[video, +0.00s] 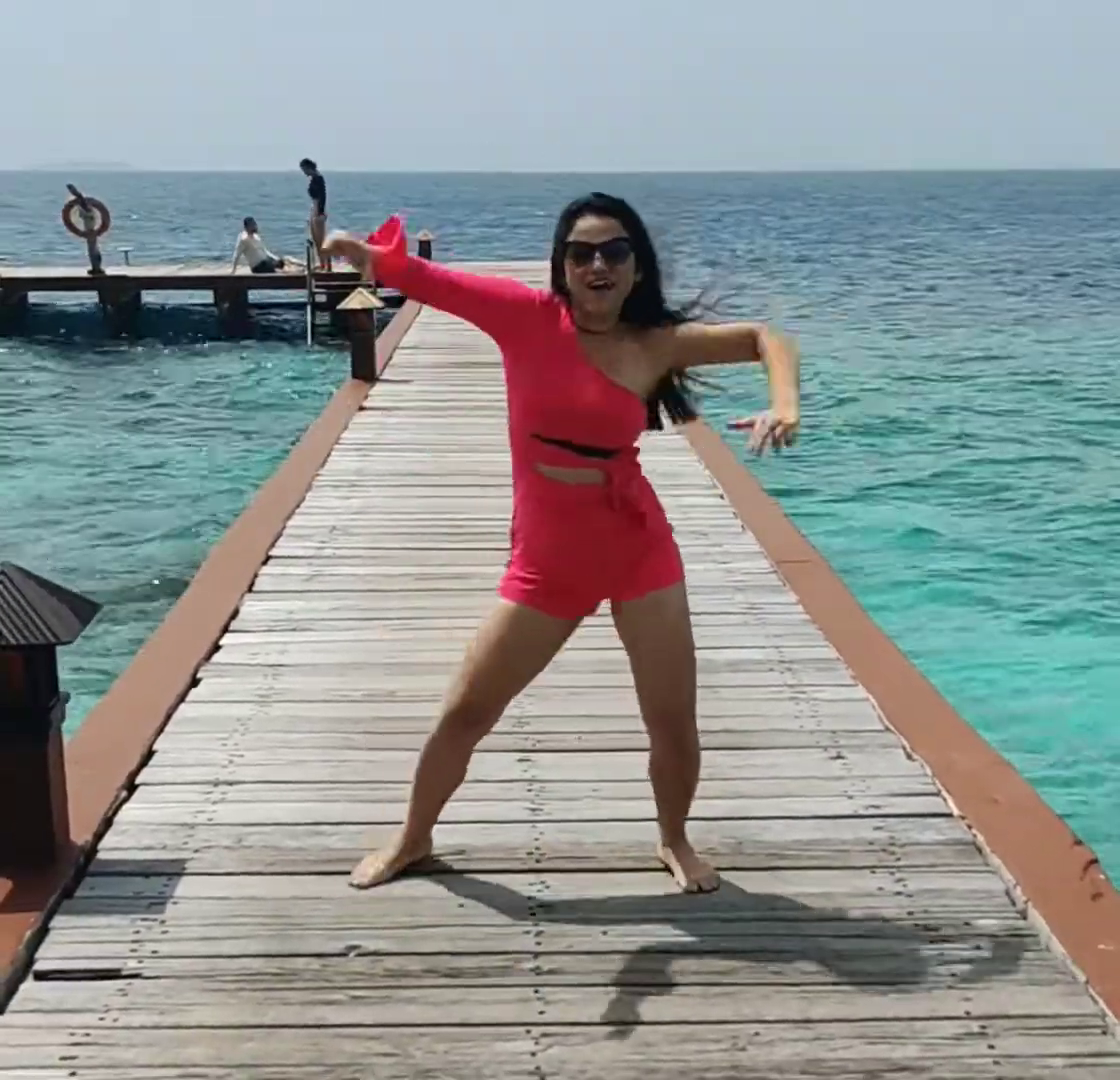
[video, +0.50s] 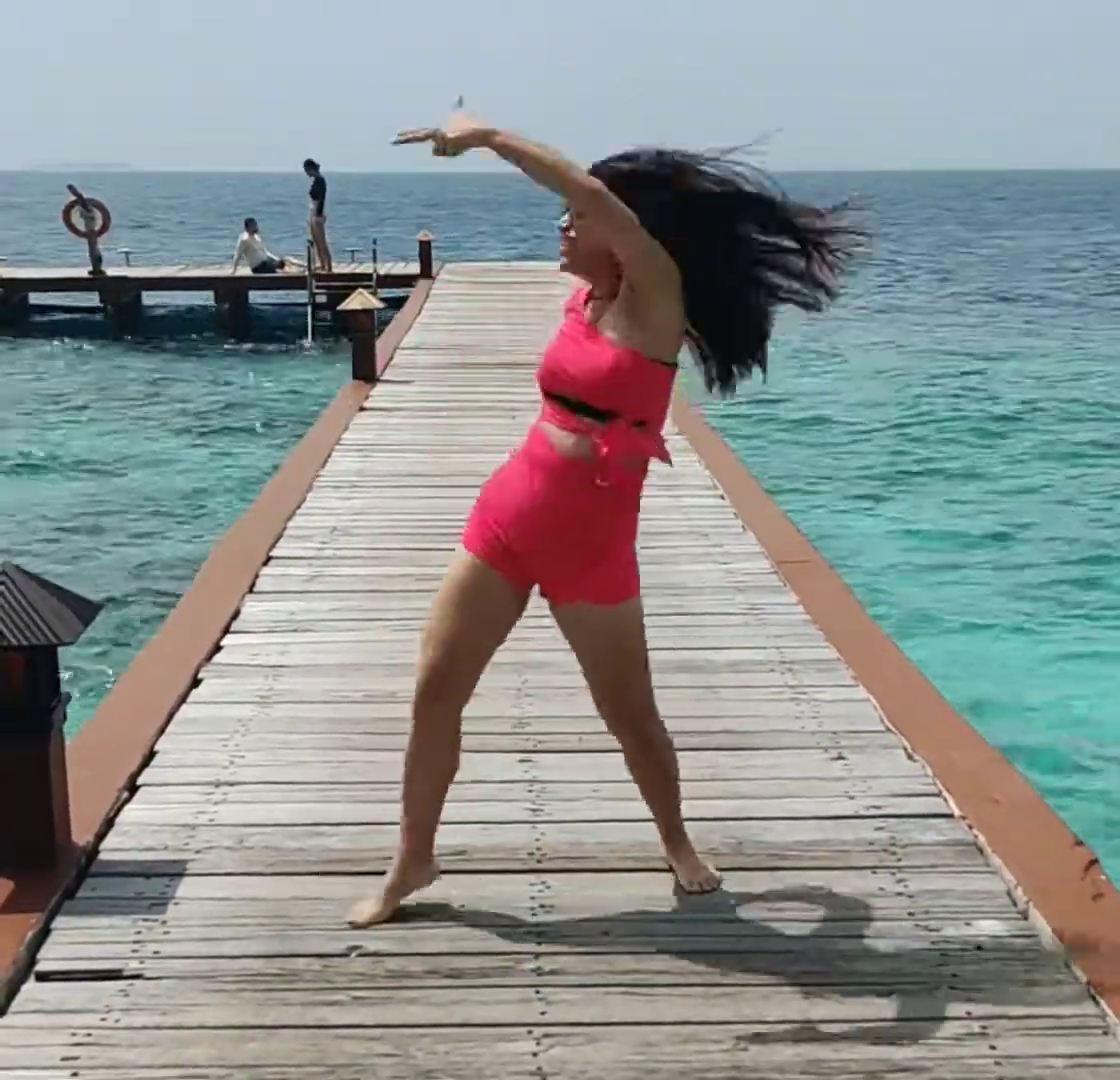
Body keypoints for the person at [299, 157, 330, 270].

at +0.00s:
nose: (304, 172)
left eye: (305, 169)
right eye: (303, 170)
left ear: (310, 168)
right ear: (309, 168)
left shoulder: (317, 180)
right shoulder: (314, 179)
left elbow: (319, 198)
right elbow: (315, 198)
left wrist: (318, 213)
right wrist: (312, 214)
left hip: (319, 213)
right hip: (314, 212)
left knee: (320, 239)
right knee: (316, 239)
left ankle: (326, 265)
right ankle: (322, 264)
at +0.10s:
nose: (305, 173)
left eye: (306, 170)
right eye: (304, 170)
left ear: (310, 168)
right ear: (309, 169)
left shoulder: (318, 180)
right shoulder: (314, 180)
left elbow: (320, 197)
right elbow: (315, 199)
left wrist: (320, 213)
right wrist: (312, 215)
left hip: (319, 213)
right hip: (314, 212)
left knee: (321, 240)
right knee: (316, 240)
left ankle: (327, 266)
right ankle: (321, 265)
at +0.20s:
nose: (306, 173)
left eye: (307, 170)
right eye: (305, 170)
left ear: (311, 168)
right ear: (311, 169)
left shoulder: (318, 180)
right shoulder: (315, 180)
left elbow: (321, 198)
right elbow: (316, 199)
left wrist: (319, 213)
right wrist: (312, 215)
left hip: (319, 213)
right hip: (314, 212)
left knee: (321, 241)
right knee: (316, 240)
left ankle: (328, 267)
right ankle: (322, 265)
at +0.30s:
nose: (306, 173)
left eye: (307, 170)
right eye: (305, 171)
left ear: (312, 169)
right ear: (310, 169)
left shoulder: (319, 181)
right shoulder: (315, 181)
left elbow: (320, 198)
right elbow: (315, 199)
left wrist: (319, 213)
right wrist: (311, 216)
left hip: (318, 213)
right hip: (313, 213)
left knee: (321, 241)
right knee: (316, 241)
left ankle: (328, 267)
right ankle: (322, 265)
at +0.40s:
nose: (306, 173)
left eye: (307, 170)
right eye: (305, 171)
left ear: (311, 169)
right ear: (311, 169)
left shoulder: (319, 180)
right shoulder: (315, 180)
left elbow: (320, 199)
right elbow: (315, 200)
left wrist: (319, 213)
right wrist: (311, 216)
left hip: (318, 213)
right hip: (313, 212)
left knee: (321, 241)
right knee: (316, 241)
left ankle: (328, 267)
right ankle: (322, 265)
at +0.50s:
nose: (307, 173)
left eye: (307, 170)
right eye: (306, 170)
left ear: (312, 169)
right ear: (312, 169)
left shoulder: (319, 181)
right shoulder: (316, 181)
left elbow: (320, 199)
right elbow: (316, 199)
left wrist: (317, 214)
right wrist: (311, 215)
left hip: (318, 214)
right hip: (313, 213)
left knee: (321, 241)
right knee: (316, 241)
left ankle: (328, 267)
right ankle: (322, 265)